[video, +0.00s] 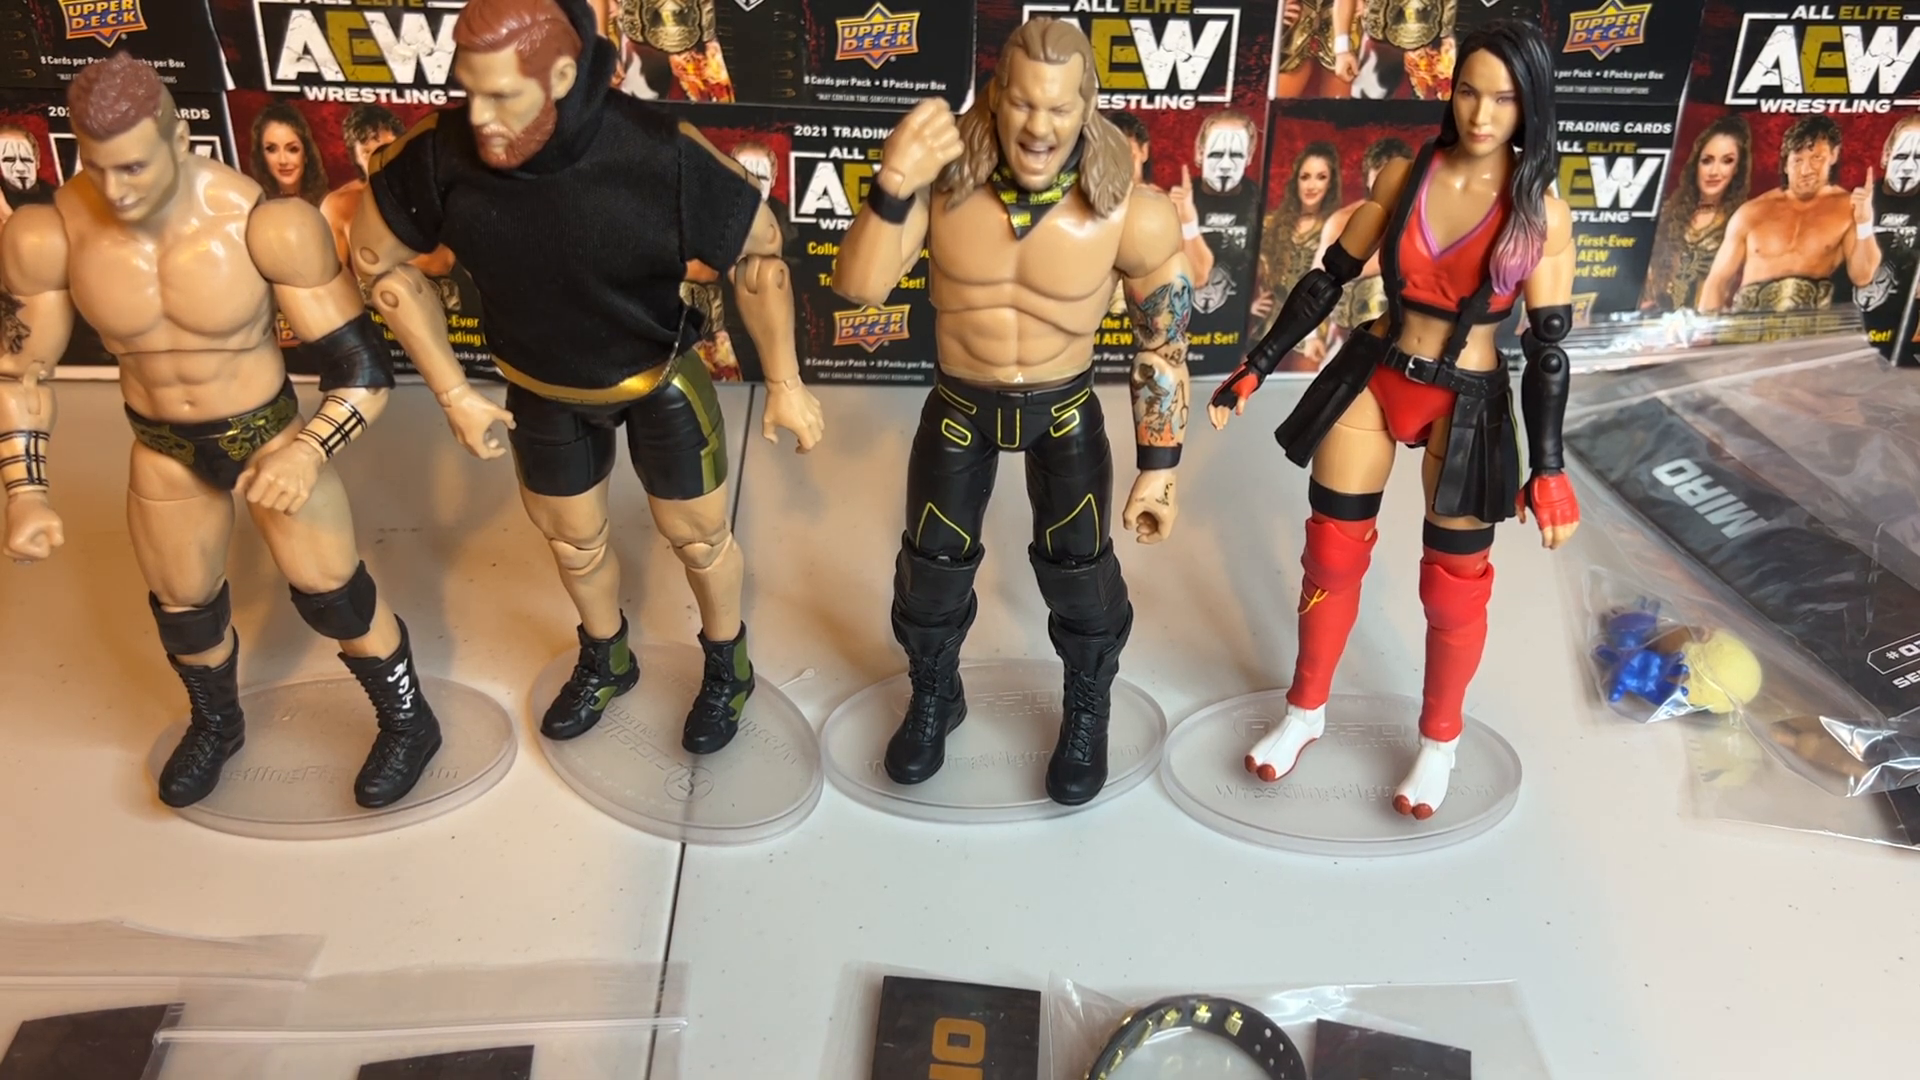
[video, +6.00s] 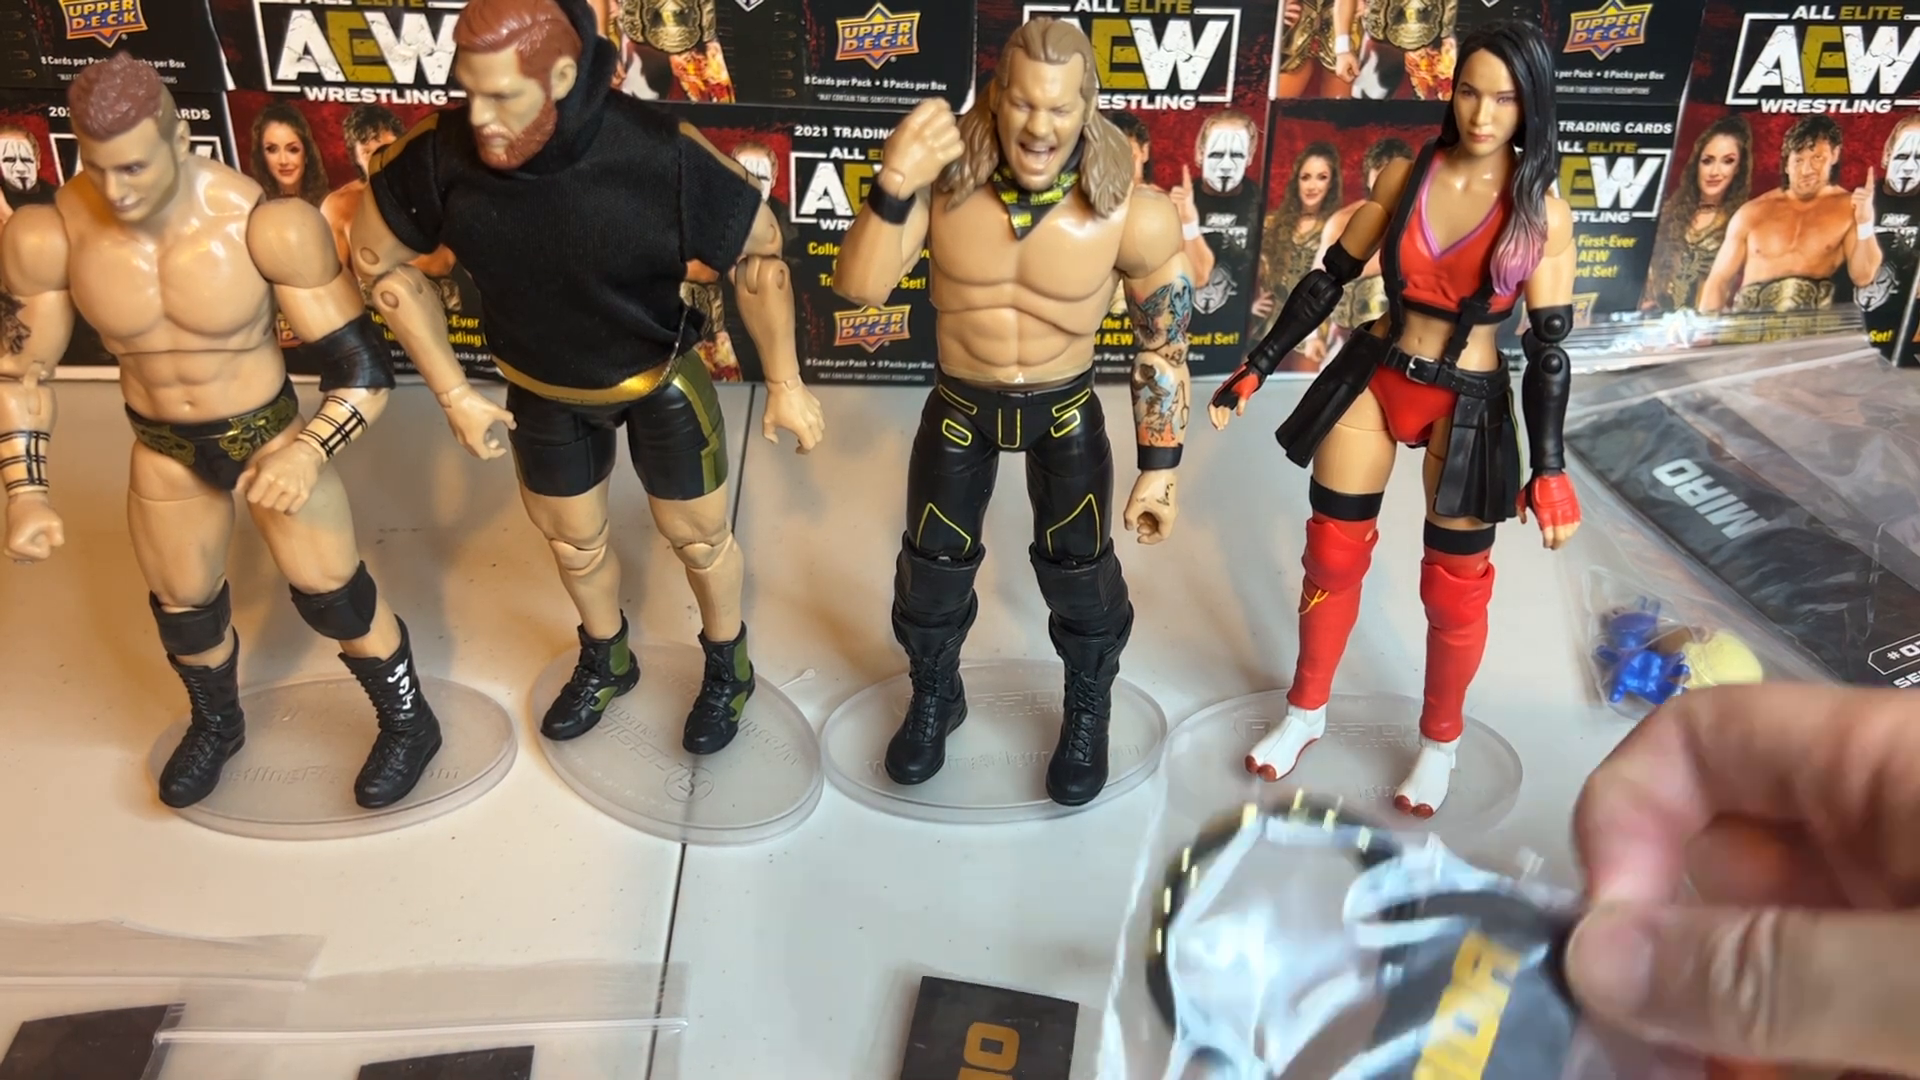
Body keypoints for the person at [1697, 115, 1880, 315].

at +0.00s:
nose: (1806, 169)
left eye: (1816, 158)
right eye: (1797, 160)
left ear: (1834, 156)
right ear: (1785, 163)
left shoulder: (1847, 207)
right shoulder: (1750, 212)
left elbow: (1861, 277)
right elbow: (1718, 281)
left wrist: (1864, 223)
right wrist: (1704, 335)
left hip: (1810, 315)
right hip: (1748, 312)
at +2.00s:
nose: (1806, 169)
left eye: (1816, 158)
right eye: (1797, 160)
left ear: (1834, 156)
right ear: (1785, 163)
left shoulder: (1848, 207)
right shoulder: (1750, 213)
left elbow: (1862, 277)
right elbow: (1718, 281)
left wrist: (1864, 223)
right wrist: (1703, 336)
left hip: (1810, 316)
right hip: (1748, 314)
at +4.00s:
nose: (1806, 169)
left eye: (1817, 158)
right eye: (1798, 160)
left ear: (1834, 156)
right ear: (1785, 162)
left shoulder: (1848, 207)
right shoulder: (1750, 212)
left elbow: (1862, 277)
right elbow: (1718, 281)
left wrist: (1864, 224)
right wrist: (1704, 336)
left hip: (1810, 315)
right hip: (1748, 313)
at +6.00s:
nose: (1807, 169)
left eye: (1817, 158)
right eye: (1798, 160)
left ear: (1835, 156)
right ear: (1786, 162)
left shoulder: (1848, 207)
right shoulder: (1751, 212)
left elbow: (1862, 277)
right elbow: (1718, 281)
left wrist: (1865, 224)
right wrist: (1704, 334)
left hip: (1809, 314)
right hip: (1749, 311)